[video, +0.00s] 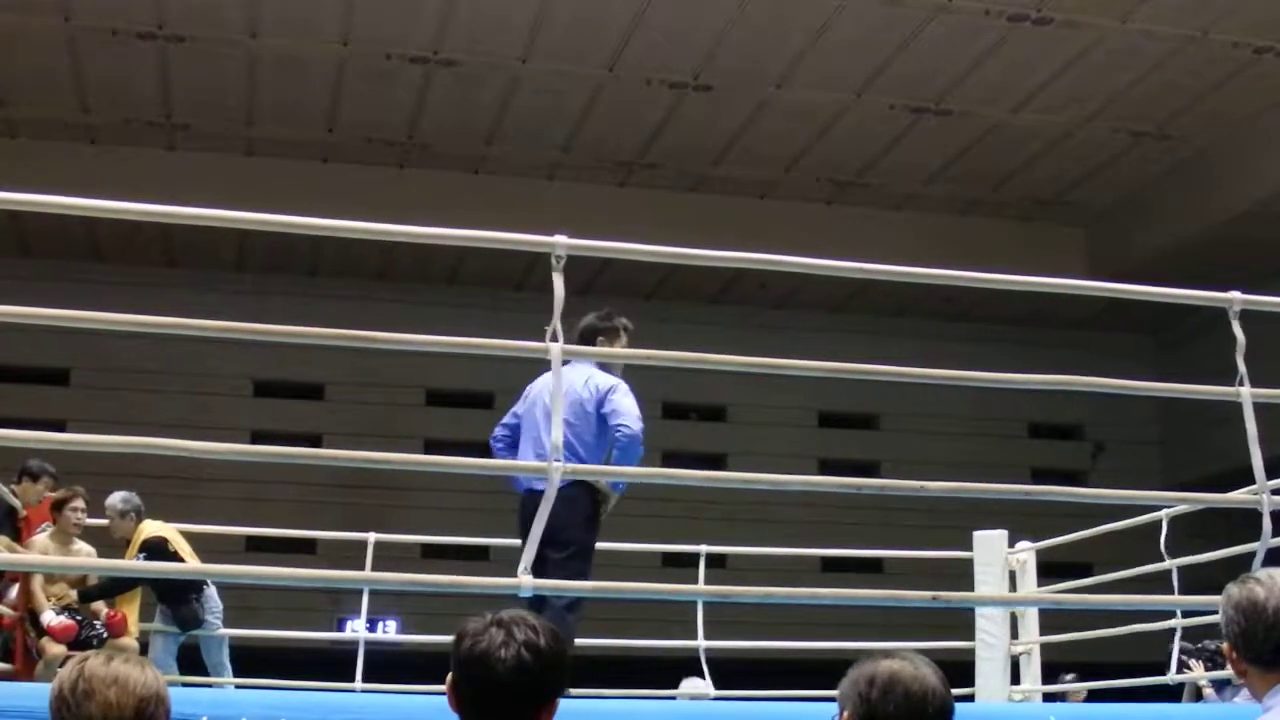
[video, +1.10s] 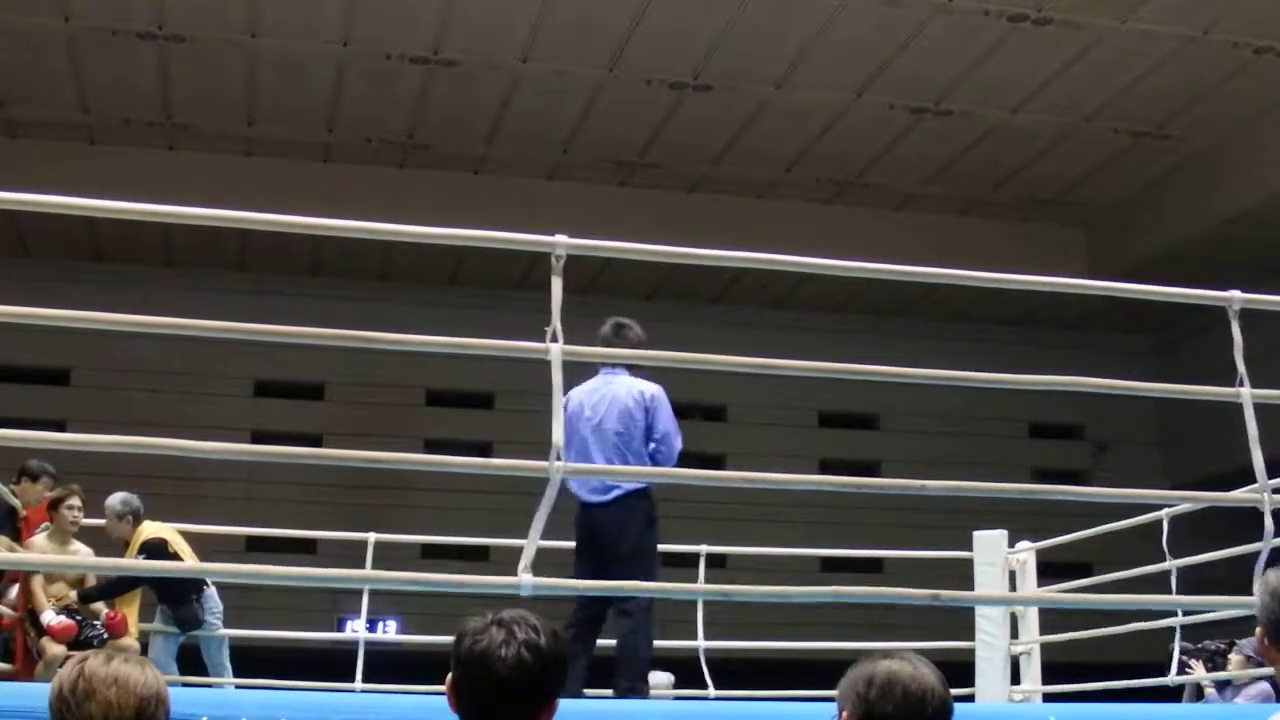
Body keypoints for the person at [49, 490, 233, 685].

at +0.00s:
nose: (108, 524)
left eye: (111, 519)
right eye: (107, 519)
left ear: (131, 519)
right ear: (130, 519)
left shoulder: (155, 541)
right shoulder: (140, 537)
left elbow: (126, 582)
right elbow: (125, 580)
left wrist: (79, 596)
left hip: (201, 600)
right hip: (170, 603)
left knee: (218, 666)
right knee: (160, 661)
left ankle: (231, 714)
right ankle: (174, 711)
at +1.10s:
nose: (105, 524)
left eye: (109, 519)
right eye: (106, 518)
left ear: (127, 521)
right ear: (127, 521)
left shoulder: (154, 542)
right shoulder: (136, 540)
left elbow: (125, 584)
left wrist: (79, 596)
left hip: (202, 601)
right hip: (170, 603)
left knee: (218, 666)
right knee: (160, 660)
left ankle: (229, 711)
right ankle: (177, 709)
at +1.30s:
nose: (106, 525)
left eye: (109, 519)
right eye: (106, 519)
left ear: (127, 521)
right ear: (127, 520)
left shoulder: (154, 542)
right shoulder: (138, 538)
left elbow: (126, 583)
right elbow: (124, 582)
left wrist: (79, 596)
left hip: (202, 600)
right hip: (171, 603)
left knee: (218, 666)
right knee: (160, 660)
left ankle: (229, 712)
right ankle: (176, 709)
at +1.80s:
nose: (106, 525)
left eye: (109, 520)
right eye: (106, 520)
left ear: (128, 521)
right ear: (129, 520)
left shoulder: (154, 543)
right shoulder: (139, 539)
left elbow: (125, 583)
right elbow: (127, 583)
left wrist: (78, 597)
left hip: (202, 600)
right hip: (171, 603)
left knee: (217, 665)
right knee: (160, 660)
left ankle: (230, 713)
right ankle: (173, 709)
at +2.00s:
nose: (106, 525)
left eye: (109, 519)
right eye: (106, 519)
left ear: (127, 520)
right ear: (128, 520)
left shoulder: (154, 542)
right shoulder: (138, 539)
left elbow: (125, 583)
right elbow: (125, 582)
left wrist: (79, 597)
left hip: (202, 600)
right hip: (171, 603)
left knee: (217, 665)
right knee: (160, 660)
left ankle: (230, 712)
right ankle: (175, 708)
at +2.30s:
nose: (109, 524)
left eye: (112, 518)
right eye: (109, 519)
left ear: (132, 519)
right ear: (131, 518)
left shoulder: (156, 541)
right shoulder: (139, 538)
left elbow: (125, 583)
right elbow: (125, 581)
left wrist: (78, 597)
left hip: (201, 601)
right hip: (170, 604)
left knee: (218, 666)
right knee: (159, 661)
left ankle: (231, 714)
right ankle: (174, 709)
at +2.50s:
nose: (116, 522)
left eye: (119, 516)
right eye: (115, 517)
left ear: (138, 514)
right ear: (134, 515)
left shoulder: (162, 537)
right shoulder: (137, 539)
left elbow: (132, 581)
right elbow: (130, 583)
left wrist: (85, 597)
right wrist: (127, 628)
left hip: (201, 600)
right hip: (170, 604)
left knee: (218, 666)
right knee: (158, 660)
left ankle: (230, 711)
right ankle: (176, 709)